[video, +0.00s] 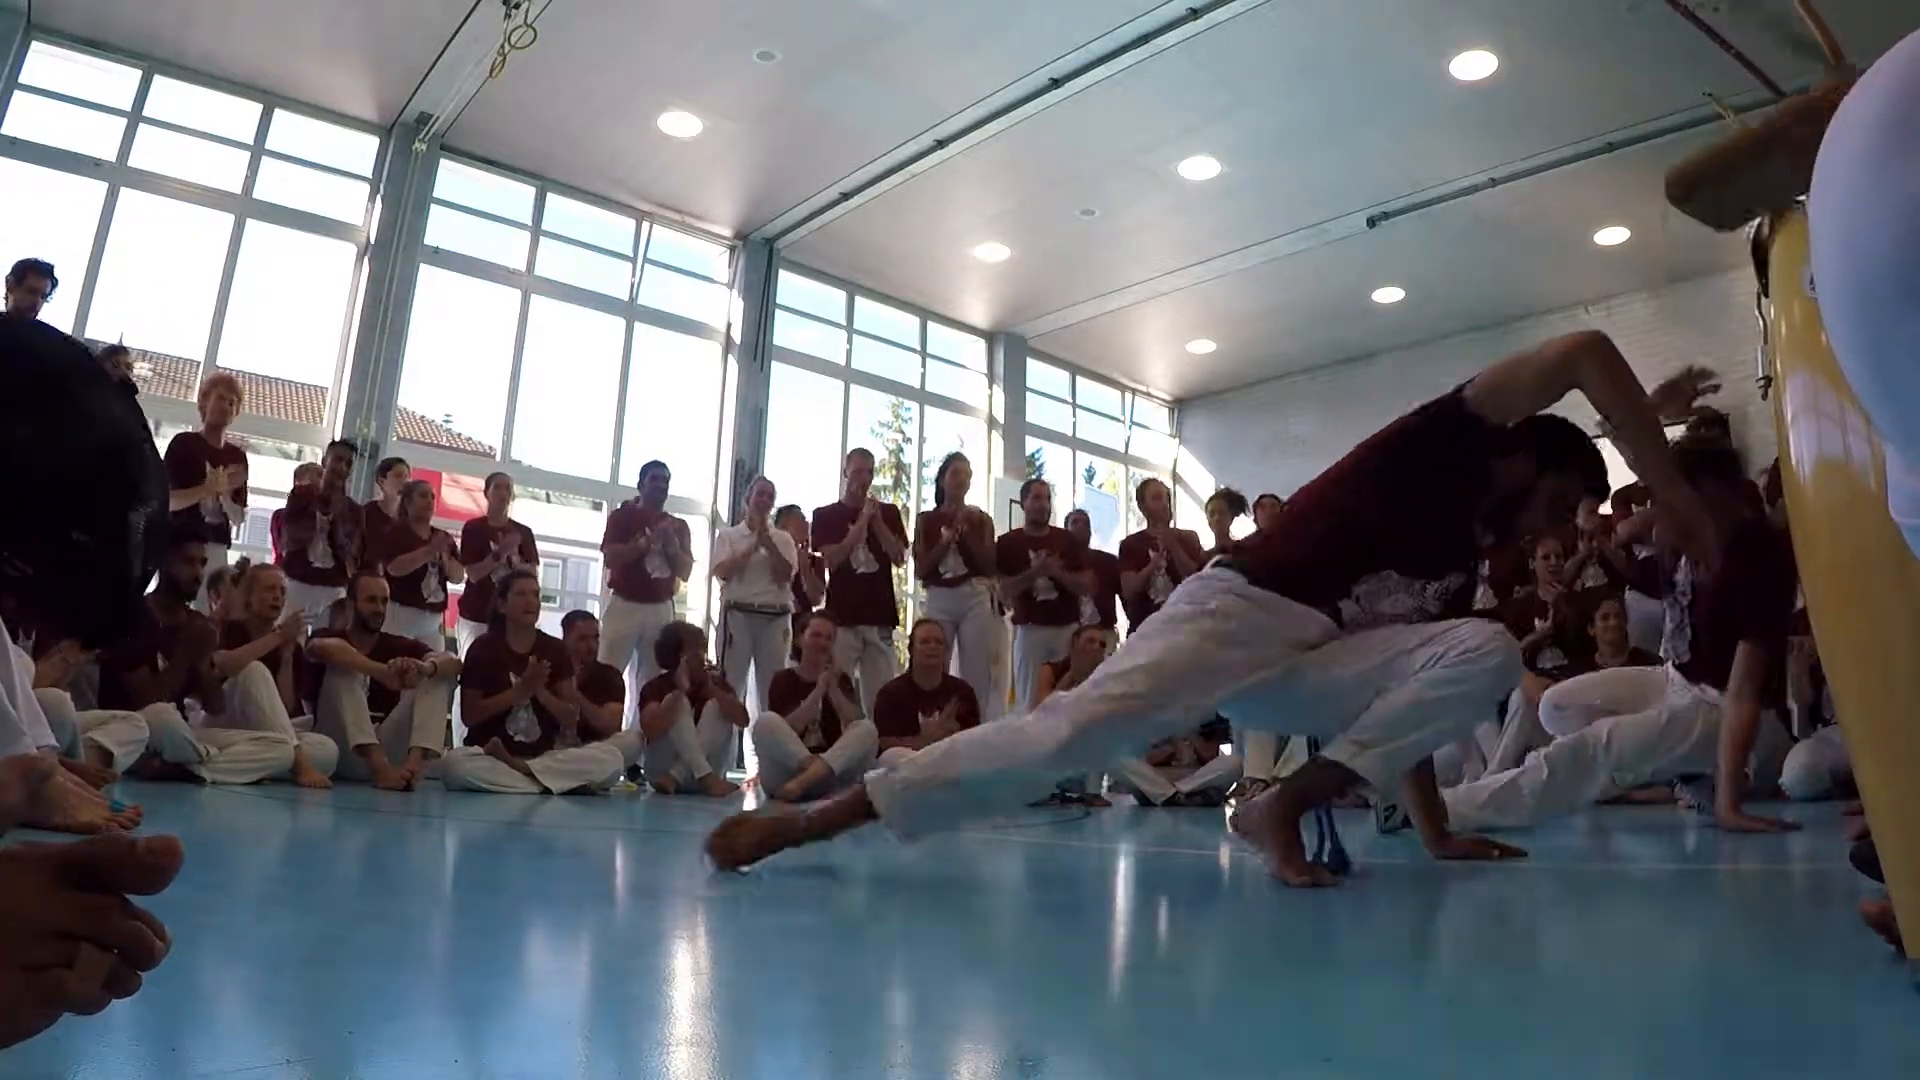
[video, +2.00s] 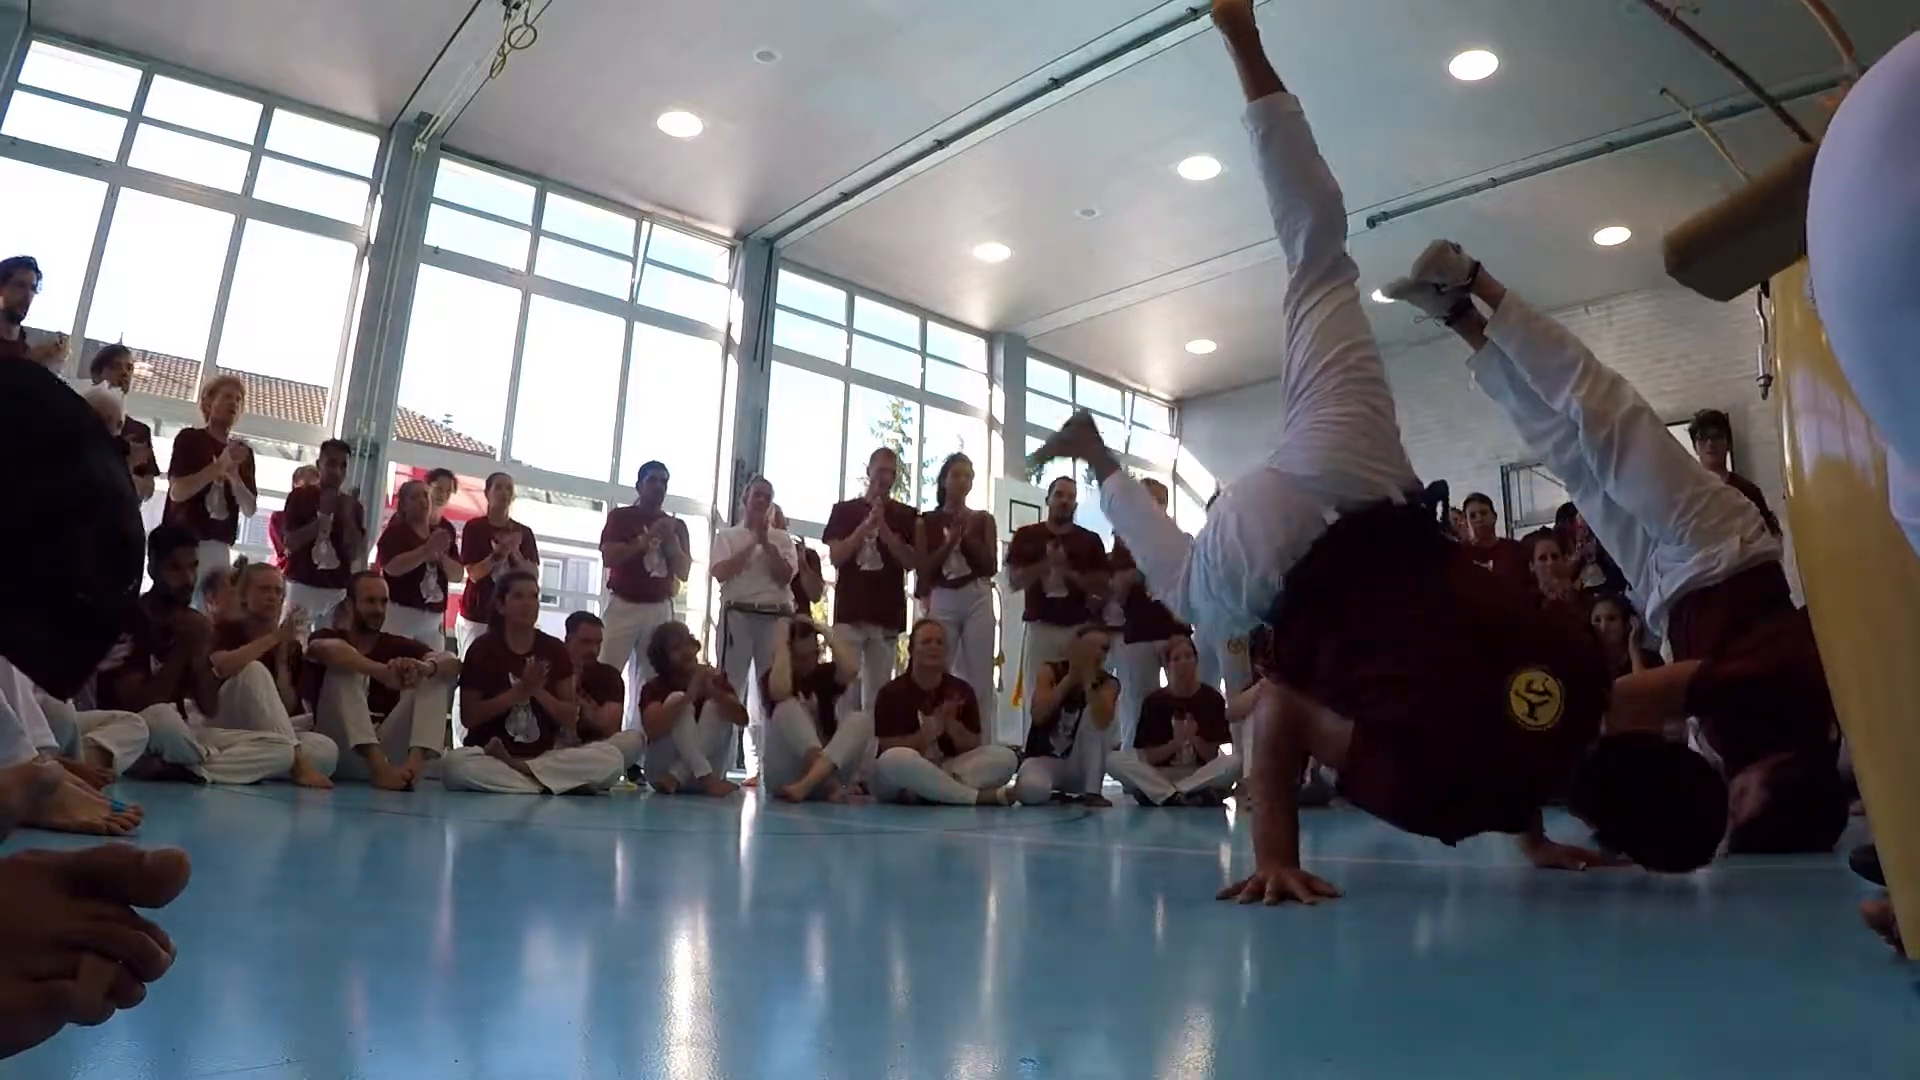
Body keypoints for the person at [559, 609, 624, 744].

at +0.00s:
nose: (591, 645)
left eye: (595, 638)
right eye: (583, 638)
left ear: (599, 638)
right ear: (565, 640)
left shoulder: (610, 676)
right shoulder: (548, 673)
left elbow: (610, 725)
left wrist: (574, 695)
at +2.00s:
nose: (593, 650)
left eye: (598, 643)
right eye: (586, 642)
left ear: (602, 644)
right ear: (567, 640)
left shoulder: (610, 675)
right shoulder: (549, 673)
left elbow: (610, 728)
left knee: (635, 738)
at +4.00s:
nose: (591, 645)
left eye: (595, 638)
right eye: (583, 638)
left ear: (599, 639)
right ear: (565, 640)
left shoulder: (609, 674)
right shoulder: (550, 674)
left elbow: (610, 728)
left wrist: (578, 690)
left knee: (634, 738)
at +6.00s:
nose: (593, 647)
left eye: (597, 640)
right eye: (584, 640)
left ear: (600, 640)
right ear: (566, 640)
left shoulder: (609, 674)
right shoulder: (551, 672)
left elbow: (611, 727)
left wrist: (584, 698)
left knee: (634, 739)